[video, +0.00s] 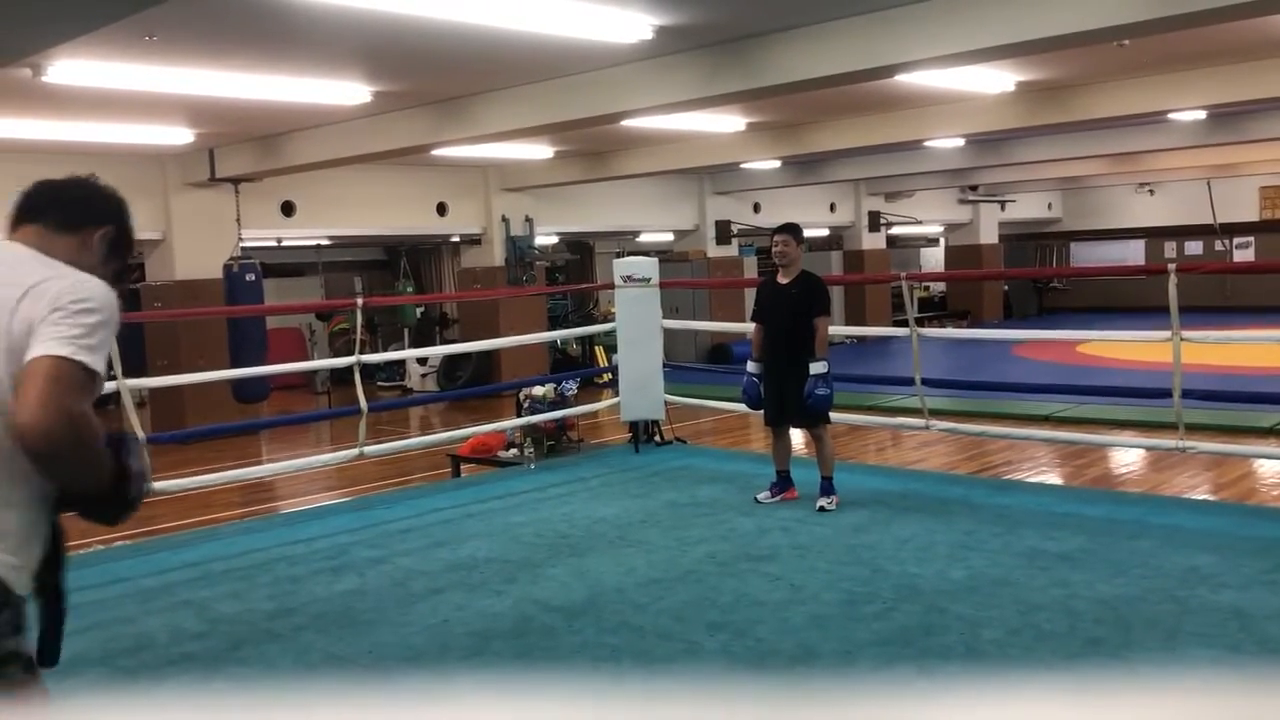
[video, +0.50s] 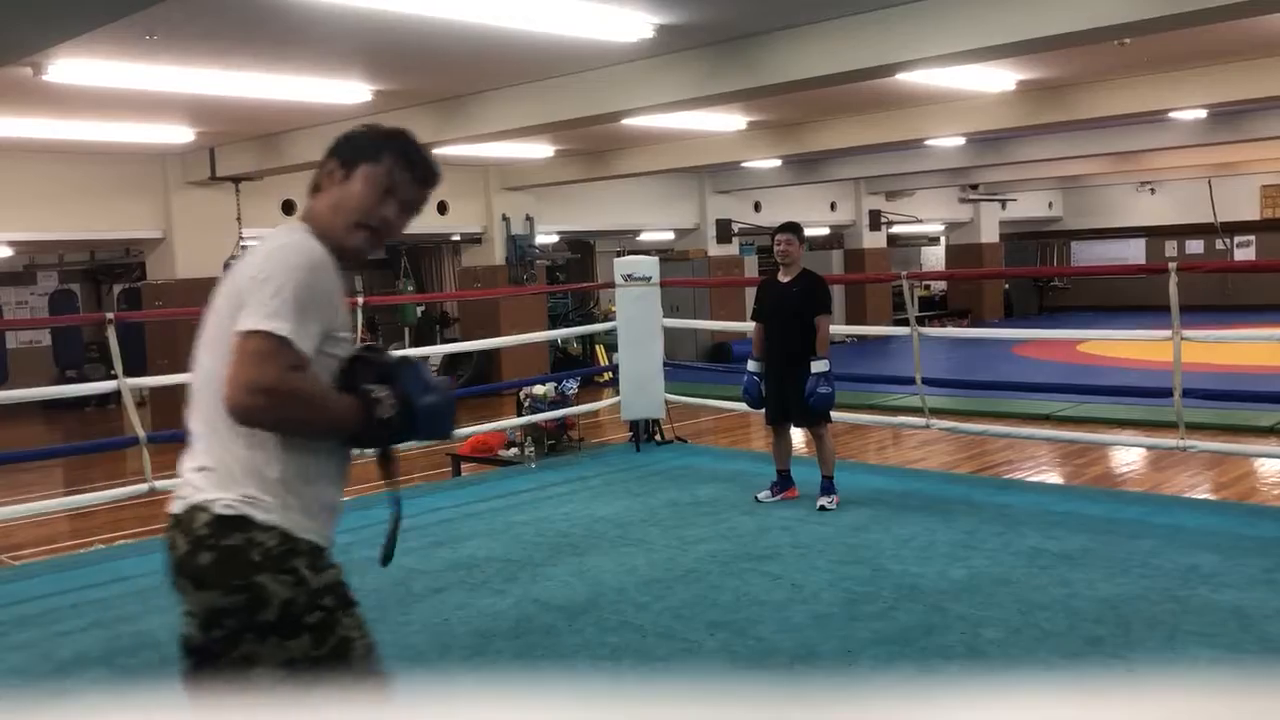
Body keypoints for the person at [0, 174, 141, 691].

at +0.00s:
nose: (109, 278)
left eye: (116, 267)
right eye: (113, 262)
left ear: (20, 225)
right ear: (96, 238)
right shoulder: (76, 291)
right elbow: (42, 419)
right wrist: (106, 484)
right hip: (5, 583)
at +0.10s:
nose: (152, 288)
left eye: (160, 281)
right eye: (158, 276)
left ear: (79, 231)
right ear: (146, 238)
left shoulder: (10, 274)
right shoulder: (116, 286)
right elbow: (76, 412)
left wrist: (127, 432)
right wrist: (163, 471)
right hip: (24, 577)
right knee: (67, 710)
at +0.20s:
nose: (208, 288)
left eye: (219, 283)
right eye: (217, 274)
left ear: (147, 225)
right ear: (203, 232)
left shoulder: (42, 284)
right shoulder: (162, 274)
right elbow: (115, 398)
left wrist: (187, 408)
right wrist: (215, 452)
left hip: (11, 557)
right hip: (70, 566)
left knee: (74, 711)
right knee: (143, 714)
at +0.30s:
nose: (281, 273)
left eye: (295, 262)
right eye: (292, 252)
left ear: (249, 207)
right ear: (257, 208)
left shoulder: (125, 266)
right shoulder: (202, 261)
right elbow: (152, 385)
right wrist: (253, 434)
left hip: (69, 547)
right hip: (123, 549)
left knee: (143, 710)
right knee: (243, 706)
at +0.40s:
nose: (349, 235)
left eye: (357, 226)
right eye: (345, 213)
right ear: (289, 182)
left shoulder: (203, 253)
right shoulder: (246, 254)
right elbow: (193, 381)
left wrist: (293, 395)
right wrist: (303, 425)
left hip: (143, 536)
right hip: (181, 539)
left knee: (192, 711)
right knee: (314, 697)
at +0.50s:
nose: (394, 218)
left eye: (409, 210)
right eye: (387, 193)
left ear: (410, 220)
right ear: (331, 176)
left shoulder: (280, 257)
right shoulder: (297, 256)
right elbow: (254, 391)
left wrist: (359, 384)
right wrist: (373, 413)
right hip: (253, 536)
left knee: (230, 706)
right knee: (354, 700)